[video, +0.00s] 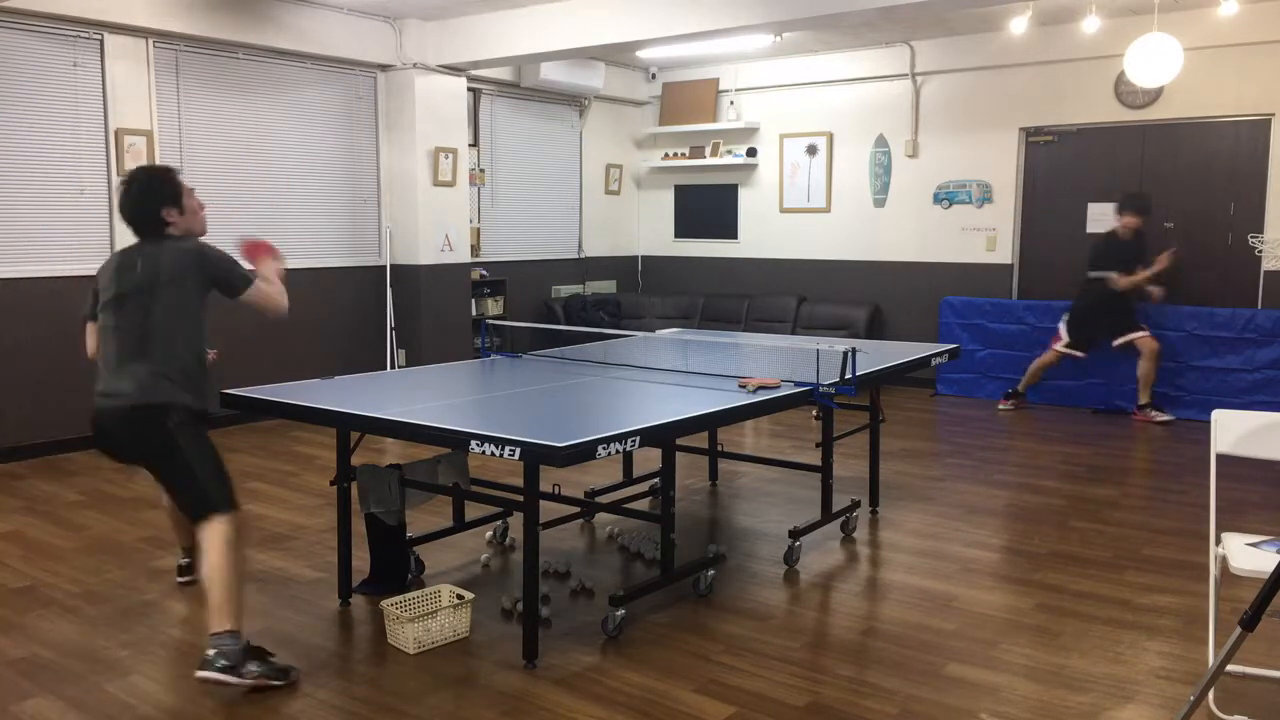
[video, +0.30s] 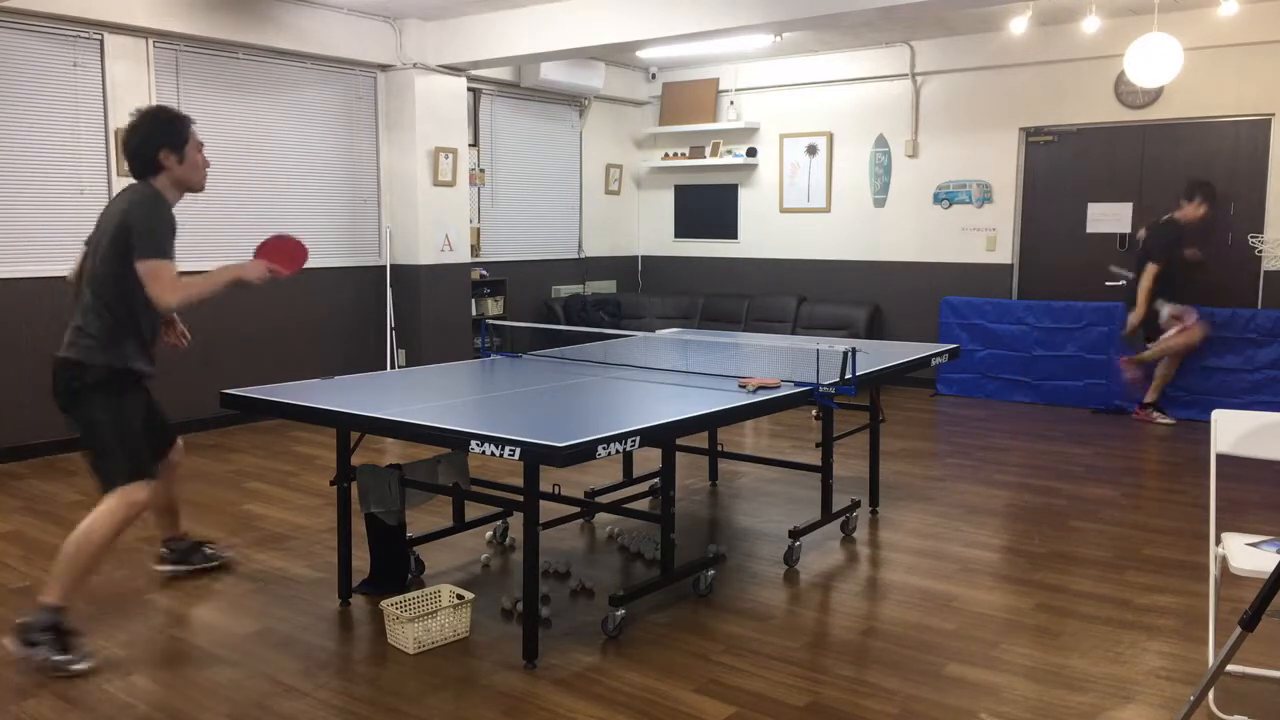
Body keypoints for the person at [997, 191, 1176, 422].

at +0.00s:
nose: (1133, 222)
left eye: (1137, 217)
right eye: (1129, 216)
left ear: (1143, 221)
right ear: (1119, 217)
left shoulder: (1138, 242)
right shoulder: (1104, 244)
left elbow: (1132, 276)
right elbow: (1118, 284)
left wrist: (1147, 288)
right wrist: (1154, 269)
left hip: (1117, 310)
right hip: (1088, 311)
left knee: (1150, 347)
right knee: (1052, 357)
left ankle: (1143, 407)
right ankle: (1017, 393)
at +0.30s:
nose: (1203, 214)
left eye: (1205, 208)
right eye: (1203, 208)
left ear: (1187, 204)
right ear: (1191, 204)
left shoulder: (1171, 226)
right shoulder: (1168, 230)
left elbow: (1142, 236)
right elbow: (1149, 273)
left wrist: (1183, 254)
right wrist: (1140, 310)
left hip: (1165, 298)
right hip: (1154, 300)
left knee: (1175, 348)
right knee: (1195, 331)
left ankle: (1148, 404)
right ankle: (1137, 360)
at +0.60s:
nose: (1224, 159)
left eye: (1223, 154)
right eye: (1222, 154)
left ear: (1192, 156)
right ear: (1217, 158)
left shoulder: (1177, 181)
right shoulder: (1209, 187)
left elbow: (1162, 216)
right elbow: (1199, 228)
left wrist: (1188, 224)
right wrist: (1205, 267)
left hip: (1174, 270)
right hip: (1201, 270)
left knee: (1185, 330)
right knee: (1222, 325)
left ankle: (1184, 389)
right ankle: (1232, 385)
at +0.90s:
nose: (1184, 193)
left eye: (1191, 187)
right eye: (1185, 187)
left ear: (1208, 191)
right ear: (1208, 192)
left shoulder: (1197, 220)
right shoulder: (1233, 218)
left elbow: (1189, 261)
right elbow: (1252, 255)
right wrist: (1262, 290)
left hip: (1213, 299)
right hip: (1242, 300)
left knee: (1201, 357)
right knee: (1226, 359)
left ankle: (1203, 414)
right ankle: (1244, 410)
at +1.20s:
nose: (1203, 190)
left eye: (1211, 184)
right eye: (1201, 185)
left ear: (1226, 190)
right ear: (1198, 189)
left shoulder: (1238, 215)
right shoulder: (1211, 226)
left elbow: (1255, 249)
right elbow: (1229, 259)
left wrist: (1214, 268)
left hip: (1250, 294)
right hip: (1233, 296)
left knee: (1215, 350)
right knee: (1237, 360)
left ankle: (1214, 415)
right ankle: (1268, 412)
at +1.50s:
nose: (1210, 195)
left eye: (1217, 190)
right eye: (1207, 189)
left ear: (1232, 194)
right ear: (1203, 194)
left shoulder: (1247, 223)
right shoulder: (1208, 230)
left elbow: (1274, 257)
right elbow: (1211, 265)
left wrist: (1250, 290)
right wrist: (1209, 290)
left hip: (1250, 302)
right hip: (1224, 301)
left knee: (1210, 356)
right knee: (1209, 358)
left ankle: (1236, 416)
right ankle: (1236, 415)